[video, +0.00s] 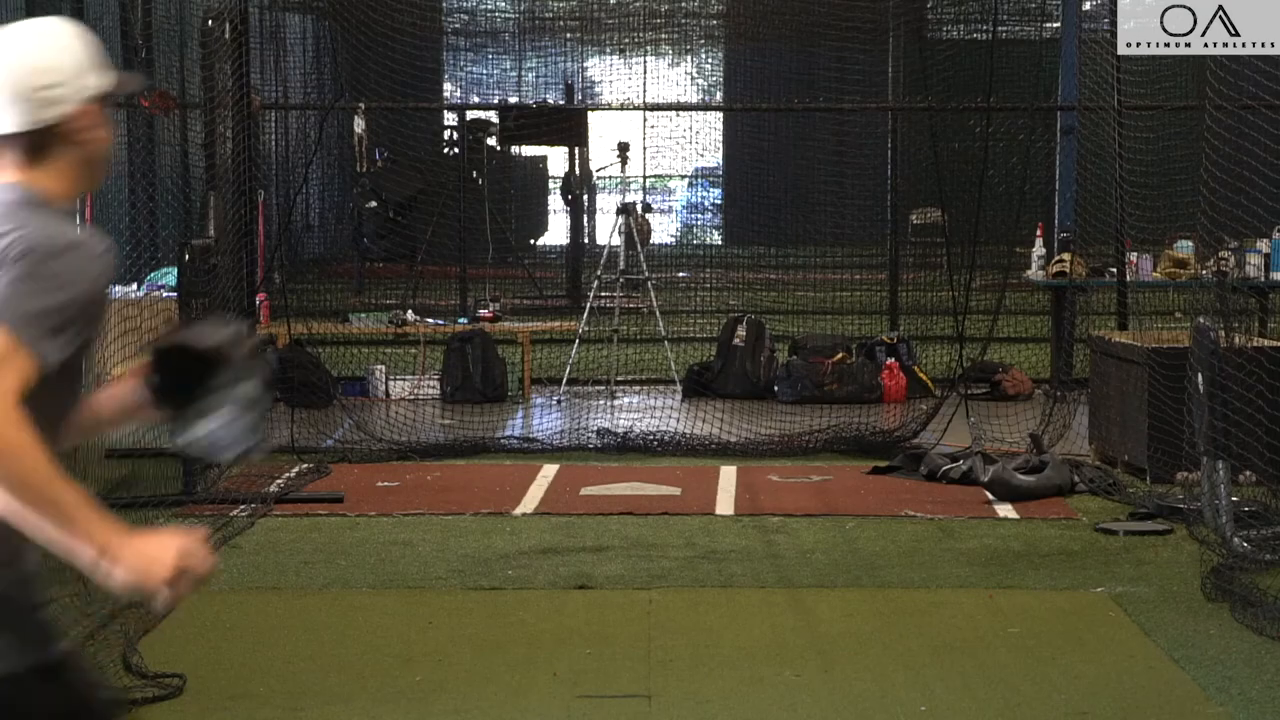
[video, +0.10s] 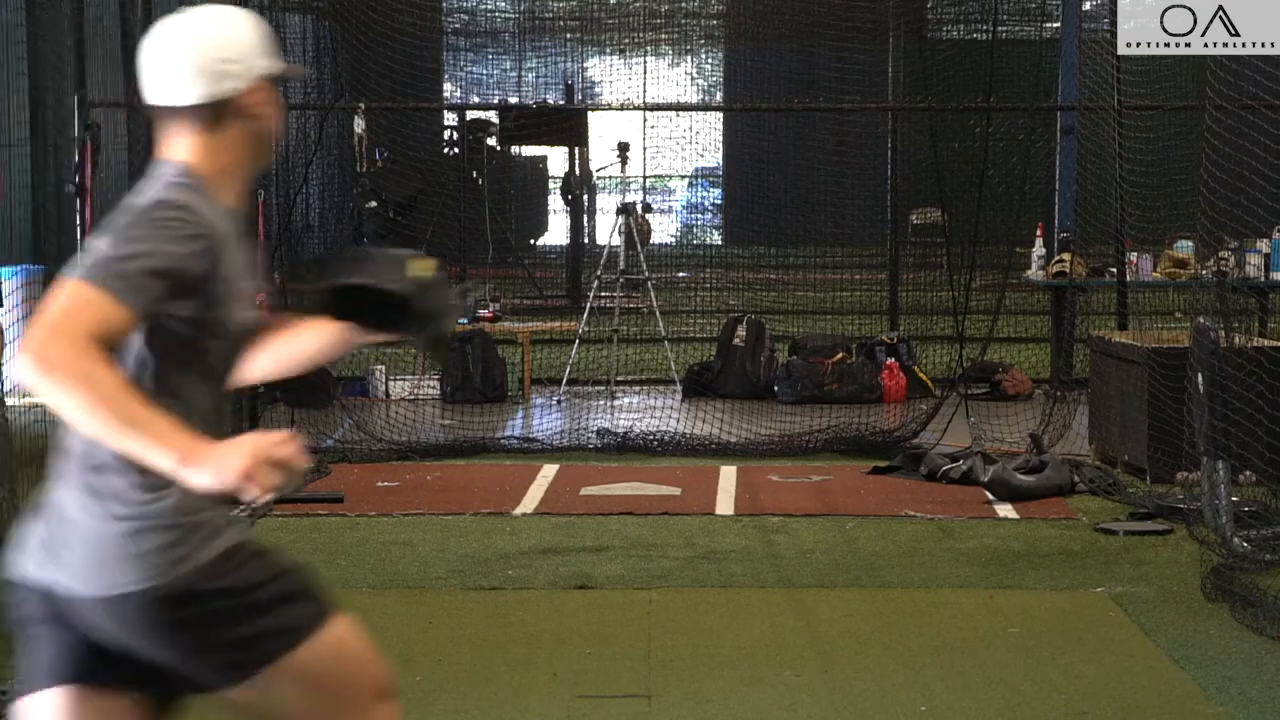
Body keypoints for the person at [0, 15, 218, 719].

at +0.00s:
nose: (113, 127)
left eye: (111, 109)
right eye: (109, 109)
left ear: (11, 126)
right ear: (81, 120)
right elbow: (1, 416)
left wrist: (144, 390)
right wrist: (113, 550)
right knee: (72, 701)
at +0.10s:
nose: (280, 104)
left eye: (276, 85)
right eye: (274, 86)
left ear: (167, 105)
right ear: (250, 98)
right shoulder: (172, 216)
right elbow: (50, 348)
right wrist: (197, 456)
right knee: (362, 694)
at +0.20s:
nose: (429, 145)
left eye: (424, 128)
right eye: (423, 129)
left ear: (329, 139)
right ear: (404, 140)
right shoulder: (313, 252)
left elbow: (406, 368)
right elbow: (200, 390)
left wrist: (501, 338)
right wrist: (338, 458)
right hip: (311, 560)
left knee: (321, 707)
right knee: (492, 702)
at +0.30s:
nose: (526, 182)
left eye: (521, 170)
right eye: (522, 170)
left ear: (432, 190)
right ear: (510, 183)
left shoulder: (471, 282)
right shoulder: (437, 294)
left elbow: (510, 392)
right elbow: (376, 440)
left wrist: (618, 341)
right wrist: (516, 477)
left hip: (430, 539)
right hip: (402, 557)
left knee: (580, 641)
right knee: (602, 691)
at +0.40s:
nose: (578, 157)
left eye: (573, 146)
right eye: (576, 147)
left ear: (492, 166)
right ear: (567, 159)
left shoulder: (548, 249)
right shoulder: (491, 268)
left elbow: (563, 343)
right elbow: (446, 417)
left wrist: (657, 294)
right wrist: (579, 424)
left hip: (519, 488)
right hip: (471, 505)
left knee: (639, 624)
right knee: (567, 683)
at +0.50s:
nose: (601, 156)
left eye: (595, 145)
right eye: (598, 146)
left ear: (524, 161)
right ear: (591, 158)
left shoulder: (573, 232)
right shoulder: (528, 262)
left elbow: (608, 284)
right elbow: (520, 407)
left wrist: (674, 238)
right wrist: (635, 366)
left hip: (571, 454)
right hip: (512, 468)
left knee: (688, 590)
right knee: (615, 620)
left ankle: (687, 716)